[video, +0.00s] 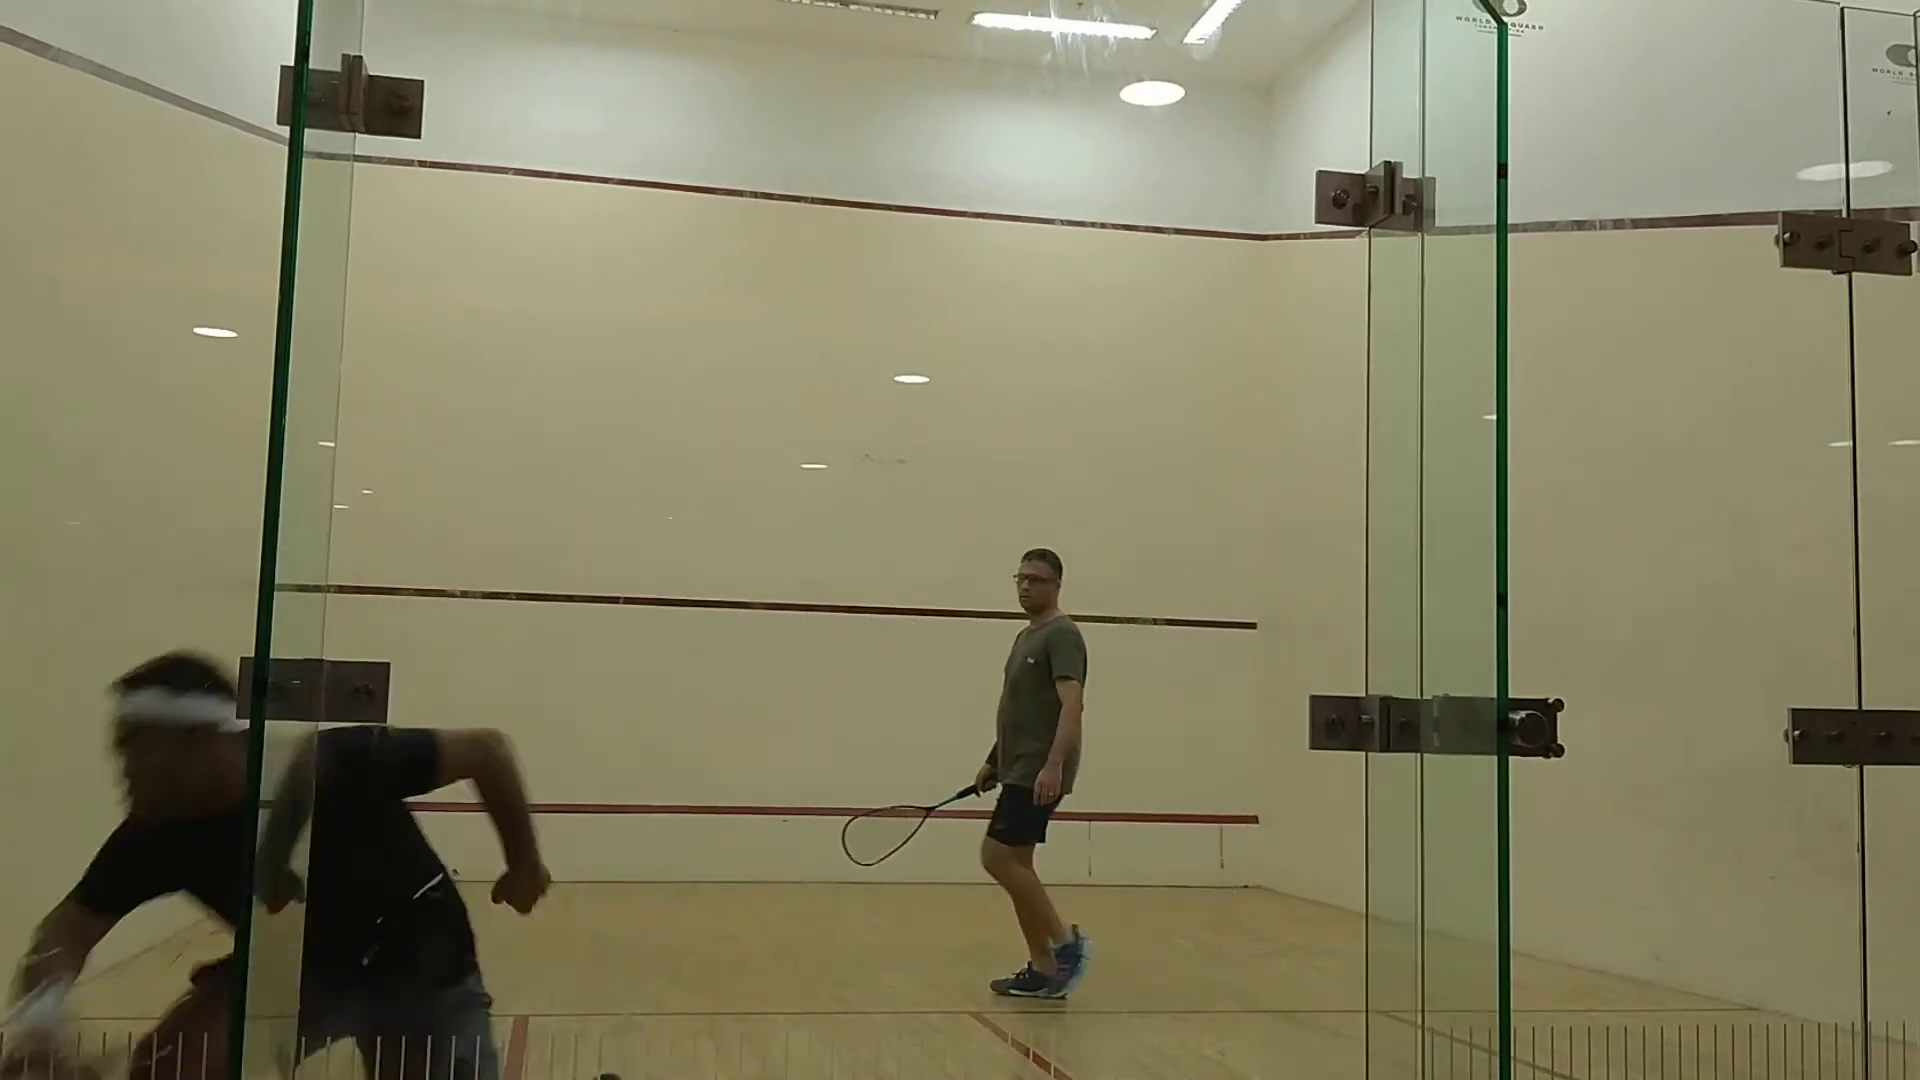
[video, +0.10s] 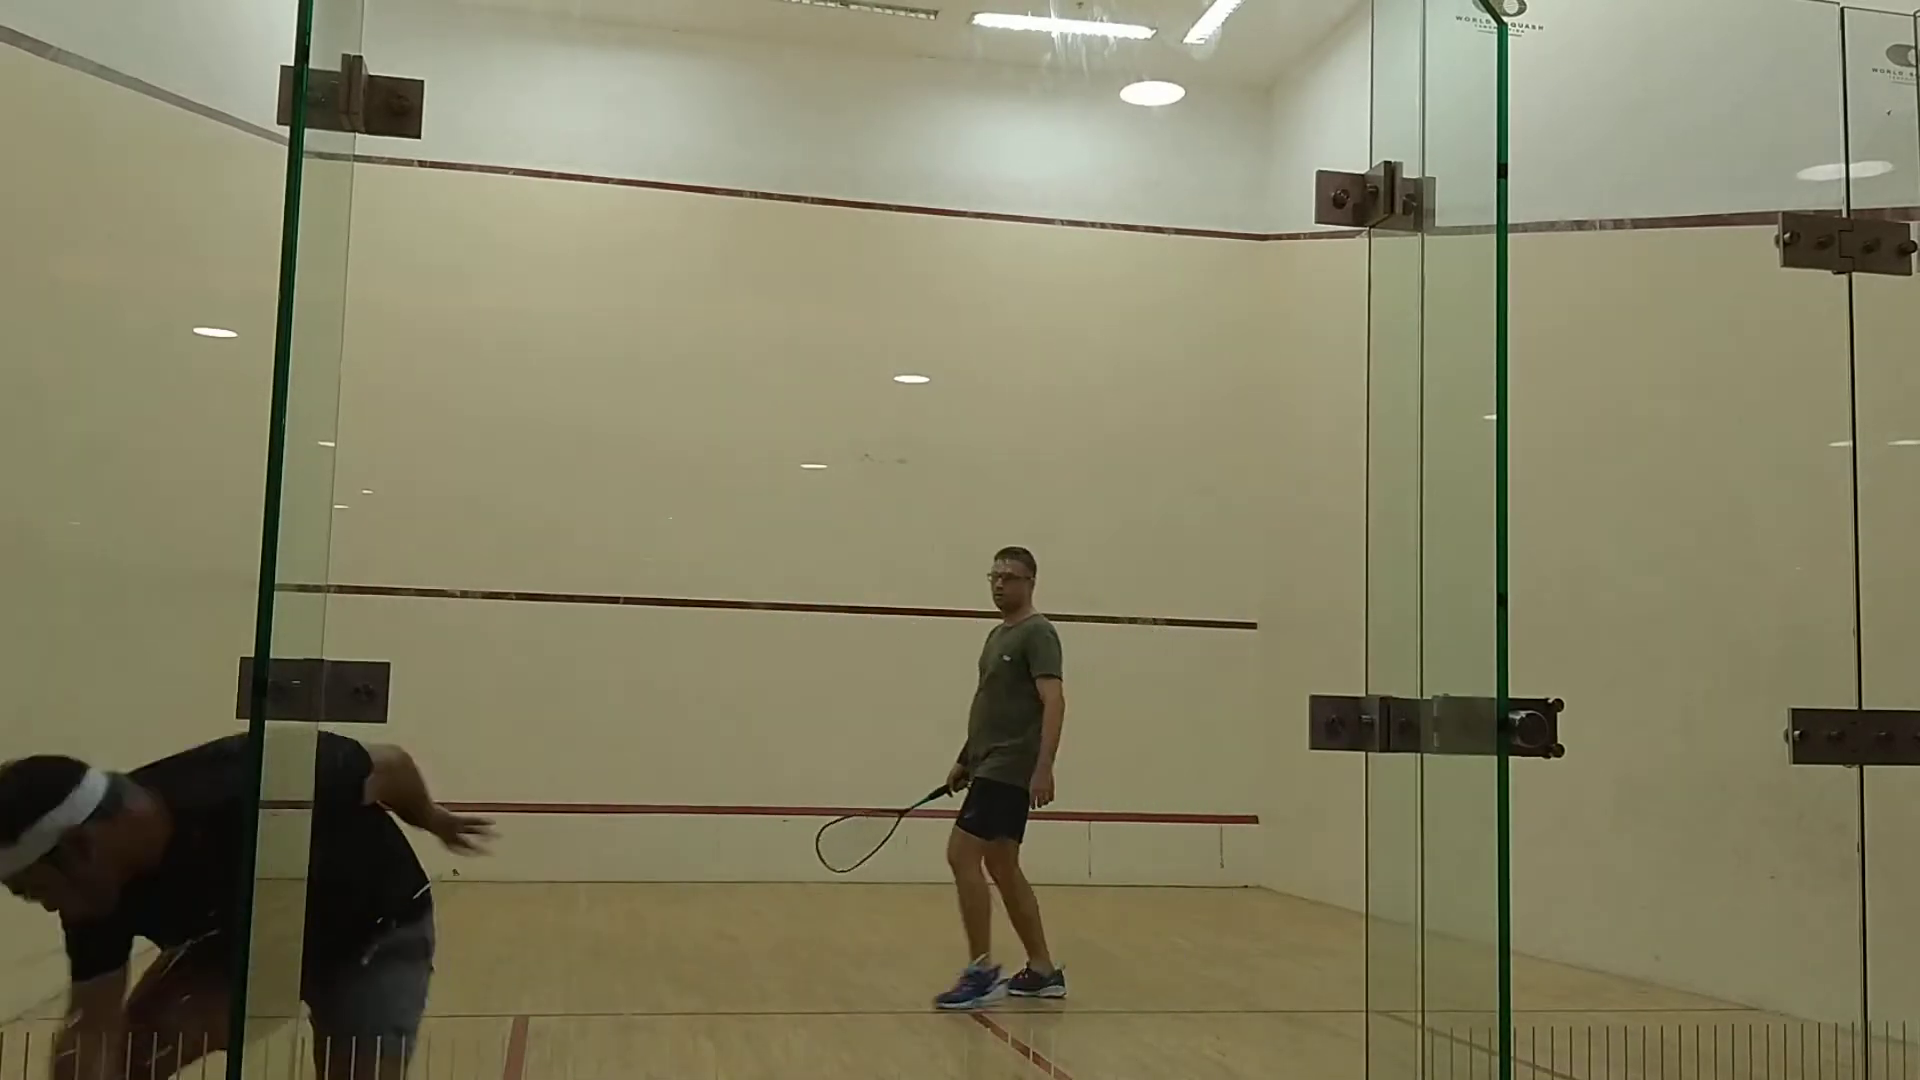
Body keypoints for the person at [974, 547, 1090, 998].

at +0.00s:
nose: (1027, 587)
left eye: (1037, 580)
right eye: (1022, 579)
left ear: (1057, 586)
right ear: (1016, 584)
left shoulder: (1063, 634)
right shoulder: (1027, 637)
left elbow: (1072, 706)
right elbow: (1016, 709)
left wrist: (1054, 765)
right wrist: (993, 761)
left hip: (1039, 771)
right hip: (1019, 770)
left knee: (996, 856)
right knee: (1018, 865)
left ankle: (1065, 942)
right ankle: (1043, 969)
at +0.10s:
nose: (1001, 584)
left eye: (1011, 578)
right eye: (996, 577)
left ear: (1031, 585)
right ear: (991, 583)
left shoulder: (1039, 633)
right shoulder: (998, 635)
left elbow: (1054, 701)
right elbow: (987, 707)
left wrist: (1045, 767)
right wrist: (965, 761)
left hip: (1010, 770)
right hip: (993, 768)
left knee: (961, 854)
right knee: (1003, 865)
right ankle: (1043, 970)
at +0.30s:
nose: (949, 581)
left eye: (960, 575)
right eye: (945, 574)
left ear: (981, 581)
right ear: (941, 579)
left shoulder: (985, 631)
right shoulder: (960, 630)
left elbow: (1003, 697)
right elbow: (952, 704)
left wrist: (1002, 766)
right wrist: (924, 751)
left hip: (963, 773)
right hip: (947, 770)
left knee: (934, 860)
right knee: (942, 861)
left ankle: (967, 976)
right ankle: (1001, 949)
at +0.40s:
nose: (926, 571)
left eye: (936, 565)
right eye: (922, 564)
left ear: (958, 569)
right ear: (919, 570)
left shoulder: (961, 616)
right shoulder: (943, 617)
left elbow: (977, 685)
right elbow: (936, 694)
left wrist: (968, 754)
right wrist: (913, 755)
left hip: (945, 762)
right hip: (928, 760)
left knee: (926, 851)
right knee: (918, 849)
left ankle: (965, 964)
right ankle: (943, 953)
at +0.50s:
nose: (902, 572)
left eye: (912, 565)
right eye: (898, 565)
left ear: (935, 568)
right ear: (898, 570)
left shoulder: (936, 615)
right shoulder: (924, 616)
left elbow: (945, 687)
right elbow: (923, 694)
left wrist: (926, 754)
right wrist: (899, 755)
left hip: (929, 762)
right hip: (913, 760)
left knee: (916, 853)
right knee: (899, 850)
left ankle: (963, 962)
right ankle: (880, 957)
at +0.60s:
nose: (883, 585)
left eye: (892, 578)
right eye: (878, 578)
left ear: (914, 582)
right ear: (876, 583)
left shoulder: (916, 627)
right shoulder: (906, 628)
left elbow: (919, 697)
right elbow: (903, 707)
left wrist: (884, 762)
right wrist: (881, 773)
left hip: (913, 773)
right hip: (900, 772)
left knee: (891, 864)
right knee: (872, 858)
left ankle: (957, 962)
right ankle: (864, 966)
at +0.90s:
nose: (853, 576)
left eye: (862, 570)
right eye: (848, 569)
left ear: (884, 573)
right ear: (844, 573)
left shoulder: (899, 618)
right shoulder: (850, 627)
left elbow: (926, 680)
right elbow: (854, 700)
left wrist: (864, 703)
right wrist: (841, 762)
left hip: (890, 759)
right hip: (862, 759)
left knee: (859, 851)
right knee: (868, 856)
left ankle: (871, 967)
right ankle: (862, 963)